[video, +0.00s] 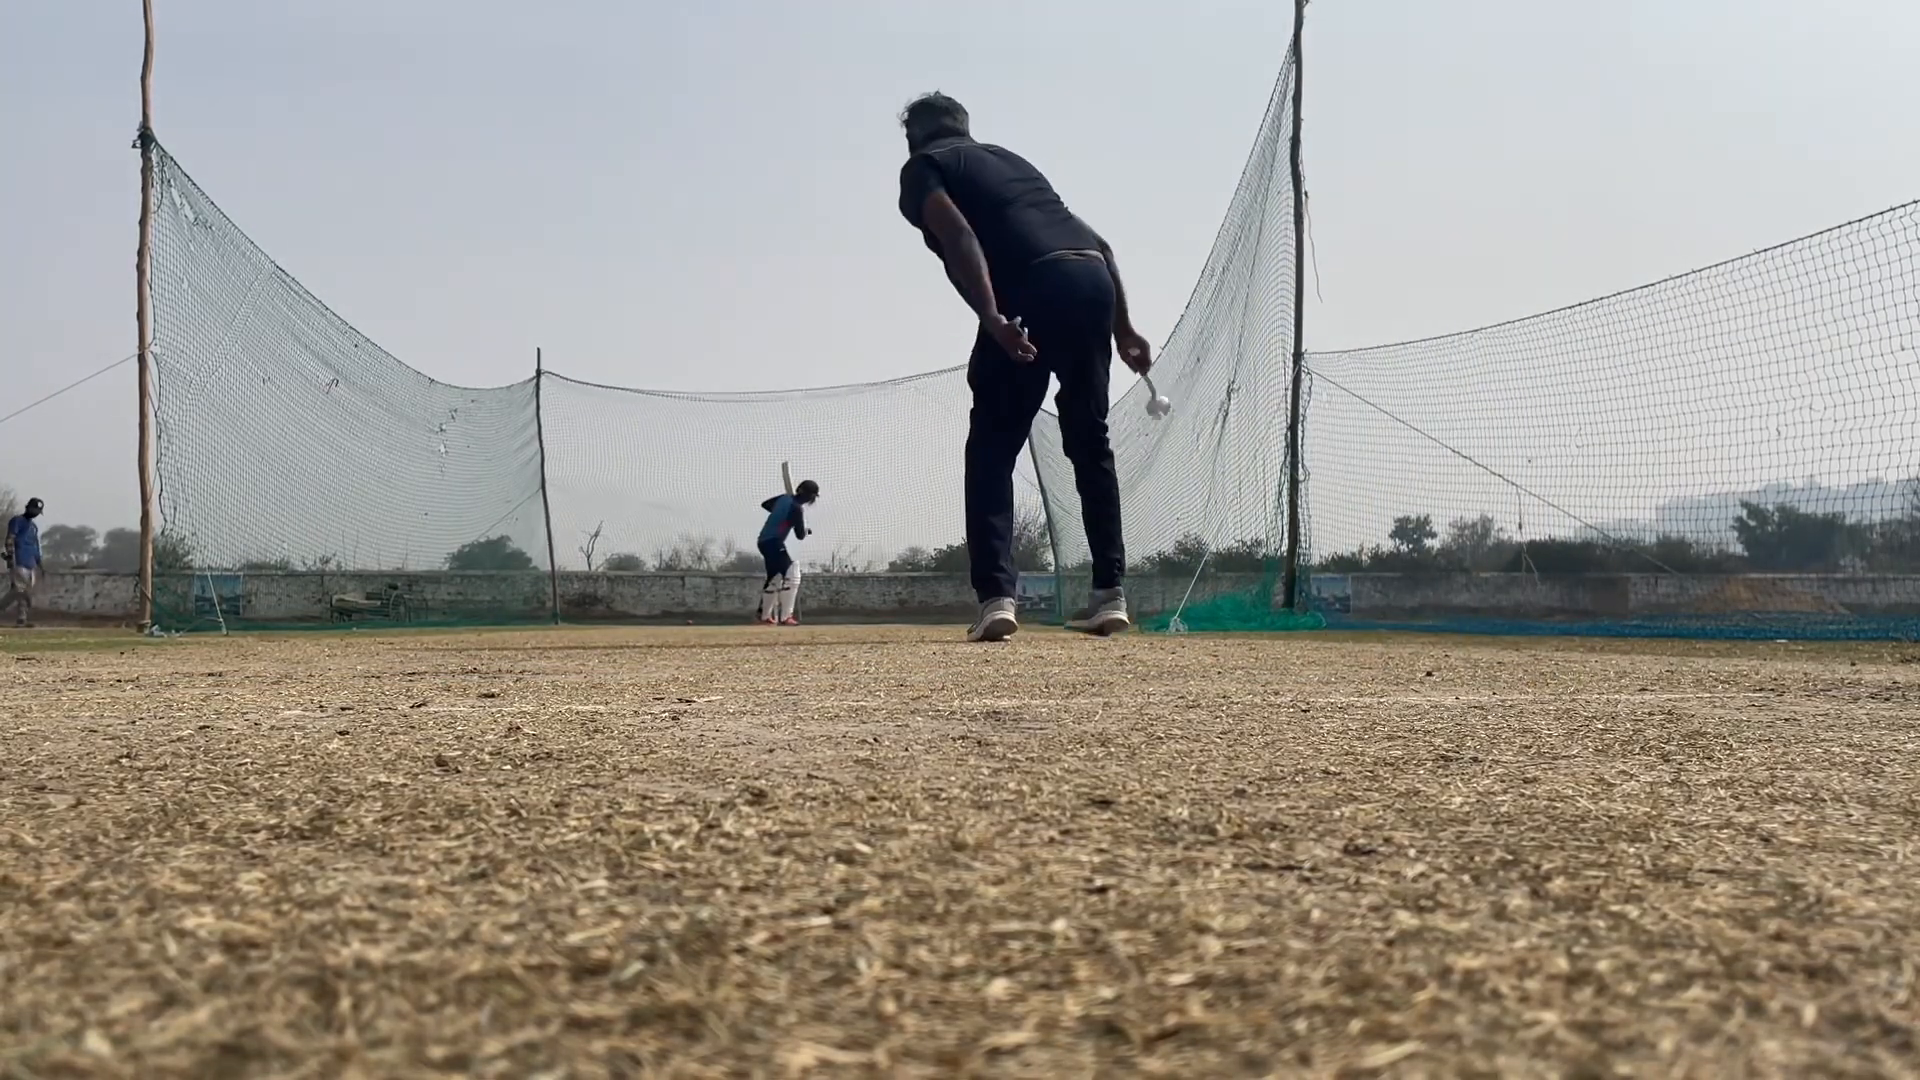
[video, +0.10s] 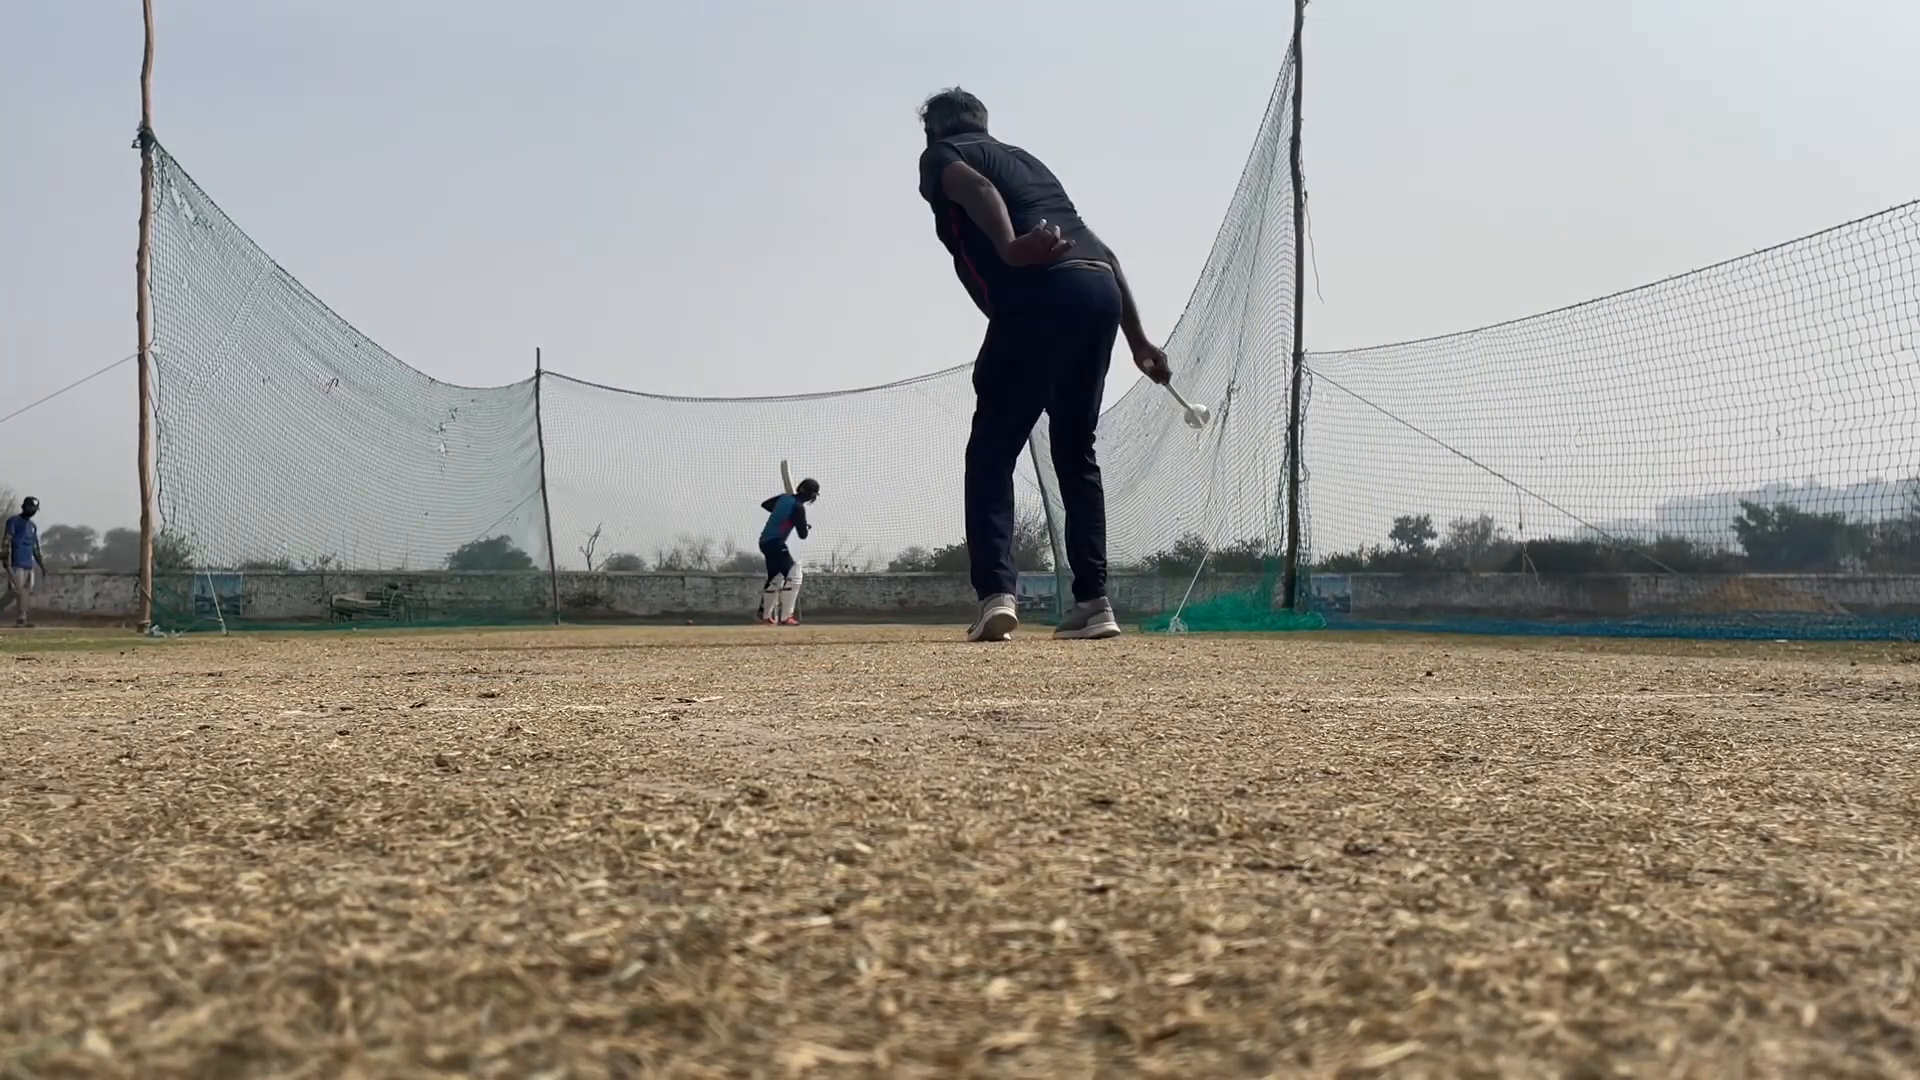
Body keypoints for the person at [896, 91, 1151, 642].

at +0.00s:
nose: (910, 148)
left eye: (910, 140)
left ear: (914, 136)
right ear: (963, 128)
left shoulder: (921, 167)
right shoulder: (1010, 161)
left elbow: (956, 232)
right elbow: (1093, 242)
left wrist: (991, 317)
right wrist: (1123, 326)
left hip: (1029, 291)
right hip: (1092, 279)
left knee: (991, 449)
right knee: (1089, 438)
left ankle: (997, 599)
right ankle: (1110, 595)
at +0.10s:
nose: (929, 139)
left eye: (928, 131)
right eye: (933, 130)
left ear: (932, 129)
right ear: (981, 124)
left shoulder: (938, 152)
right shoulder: (1026, 164)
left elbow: (972, 183)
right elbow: (1101, 255)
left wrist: (1007, 242)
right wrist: (1139, 341)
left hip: (1036, 293)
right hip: (1099, 294)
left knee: (990, 452)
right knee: (1076, 452)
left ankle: (997, 596)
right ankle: (1093, 603)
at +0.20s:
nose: (948, 133)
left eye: (948, 125)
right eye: (952, 126)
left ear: (956, 120)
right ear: (1003, 119)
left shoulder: (961, 140)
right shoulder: (1041, 159)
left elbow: (989, 165)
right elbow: (1091, 255)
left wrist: (1007, 218)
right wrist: (1126, 359)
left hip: (1047, 302)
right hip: (1106, 298)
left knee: (994, 453)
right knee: (1079, 457)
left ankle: (997, 589)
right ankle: (1096, 604)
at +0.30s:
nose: (968, 124)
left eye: (969, 116)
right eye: (973, 115)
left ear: (976, 112)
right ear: (1025, 112)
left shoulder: (984, 135)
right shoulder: (1056, 154)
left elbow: (1003, 171)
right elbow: (1067, 240)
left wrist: (995, 249)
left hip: (1058, 295)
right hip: (1115, 294)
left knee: (1007, 445)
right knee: (1083, 455)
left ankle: (999, 582)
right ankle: (1096, 604)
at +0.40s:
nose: (990, 119)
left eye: (991, 111)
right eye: (994, 111)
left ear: (999, 107)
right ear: (1045, 108)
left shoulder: (1003, 130)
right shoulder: (1073, 150)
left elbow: (1011, 193)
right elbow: (1086, 227)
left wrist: (976, 290)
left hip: (1066, 297)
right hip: (1122, 294)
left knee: (1013, 446)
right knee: (1088, 456)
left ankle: (1003, 582)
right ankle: (1095, 605)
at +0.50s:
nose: (1010, 109)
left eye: (1012, 102)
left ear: (1016, 100)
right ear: (1067, 103)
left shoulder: (1017, 125)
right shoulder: (1091, 147)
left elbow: (1013, 200)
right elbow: (1100, 231)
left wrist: (972, 301)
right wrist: (1045, 303)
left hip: (1068, 299)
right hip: (1127, 296)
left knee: (1020, 445)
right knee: (1093, 452)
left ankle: (1016, 587)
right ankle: (1097, 604)